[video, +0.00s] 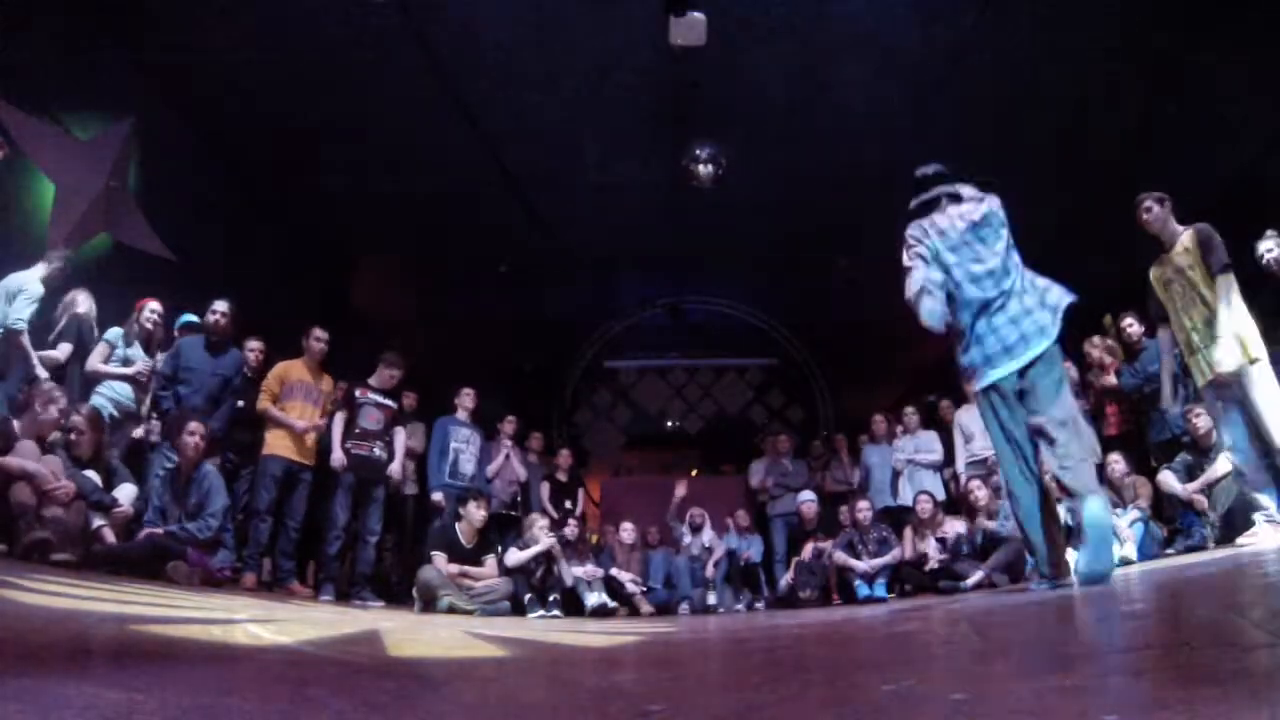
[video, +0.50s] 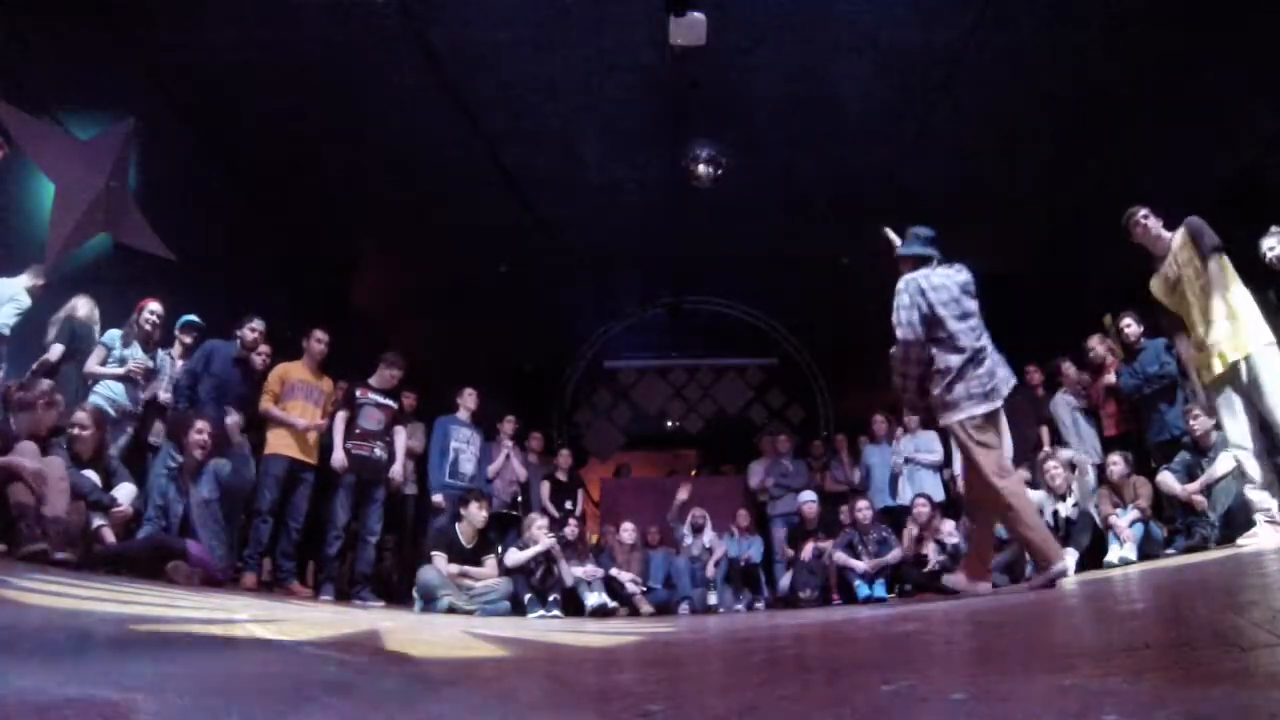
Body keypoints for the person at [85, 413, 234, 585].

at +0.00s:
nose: (196, 441)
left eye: (201, 438)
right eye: (190, 434)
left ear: (205, 446)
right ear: (176, 440)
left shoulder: (211, 477)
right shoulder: (165, 477)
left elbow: (209, 529)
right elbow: (152, 519)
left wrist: (165, 532)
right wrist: (151, 533)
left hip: (210, 553)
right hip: (174, 545)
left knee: (154, 543)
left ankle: (92, 555)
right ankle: (182, 575)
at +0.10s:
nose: (194, 448)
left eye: (199, 442)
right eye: (187, 442)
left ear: (203, 449)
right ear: (176, 448)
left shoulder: (211, 479)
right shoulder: (165, 482)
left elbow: (211, 532)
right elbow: (151, 525)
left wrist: (166, 533)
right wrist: (150, 536)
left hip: (212, 553)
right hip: (174, 547)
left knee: (156, 544)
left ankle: (95, 555)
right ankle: (181, 574)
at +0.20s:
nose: (194, 453)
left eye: (198, 447)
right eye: (186, 447)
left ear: (203, 452)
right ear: (175, 454)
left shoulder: (213, 482)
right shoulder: (163, 484)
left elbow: (212, 531)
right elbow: (149, 530)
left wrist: (168, 535)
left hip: (212, 555)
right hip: (174, 549)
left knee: (158, 545)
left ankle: (98, 555)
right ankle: (181, 574)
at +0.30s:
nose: (199, 448)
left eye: (203, 442)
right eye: (192, 442)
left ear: (208, 447)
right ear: (180, 448)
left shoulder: (214, 478)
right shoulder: (165, 481)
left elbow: (224, 515)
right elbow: (152, 522)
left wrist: (182, 520)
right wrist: (144, 541)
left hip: (211, 555)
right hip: (171, 547)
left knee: (164, 543)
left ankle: (99, 556)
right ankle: (182, 575)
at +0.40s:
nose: (202, 441)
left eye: (206, 437)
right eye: (197, 435)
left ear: (212, 444)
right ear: (185, 439)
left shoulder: (219, 470)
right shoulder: (169, 471)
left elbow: (242, 492)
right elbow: (154, 519)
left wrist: (208, 467)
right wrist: (141, 544)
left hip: (213, 551)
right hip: (173, 545)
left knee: (162, 544)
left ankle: (94, 556)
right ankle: (185, 576)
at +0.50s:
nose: (205, 440)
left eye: (210, 435)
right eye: (199, 433)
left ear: (214, 441)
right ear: (183, 436)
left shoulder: (217, 469)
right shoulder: (165, 471)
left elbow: (244, 482)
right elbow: (154, 519)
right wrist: (139, 546)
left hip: (214, 557)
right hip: (175, 546)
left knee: (159, 541)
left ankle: (96, 555)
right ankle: (185, 576)